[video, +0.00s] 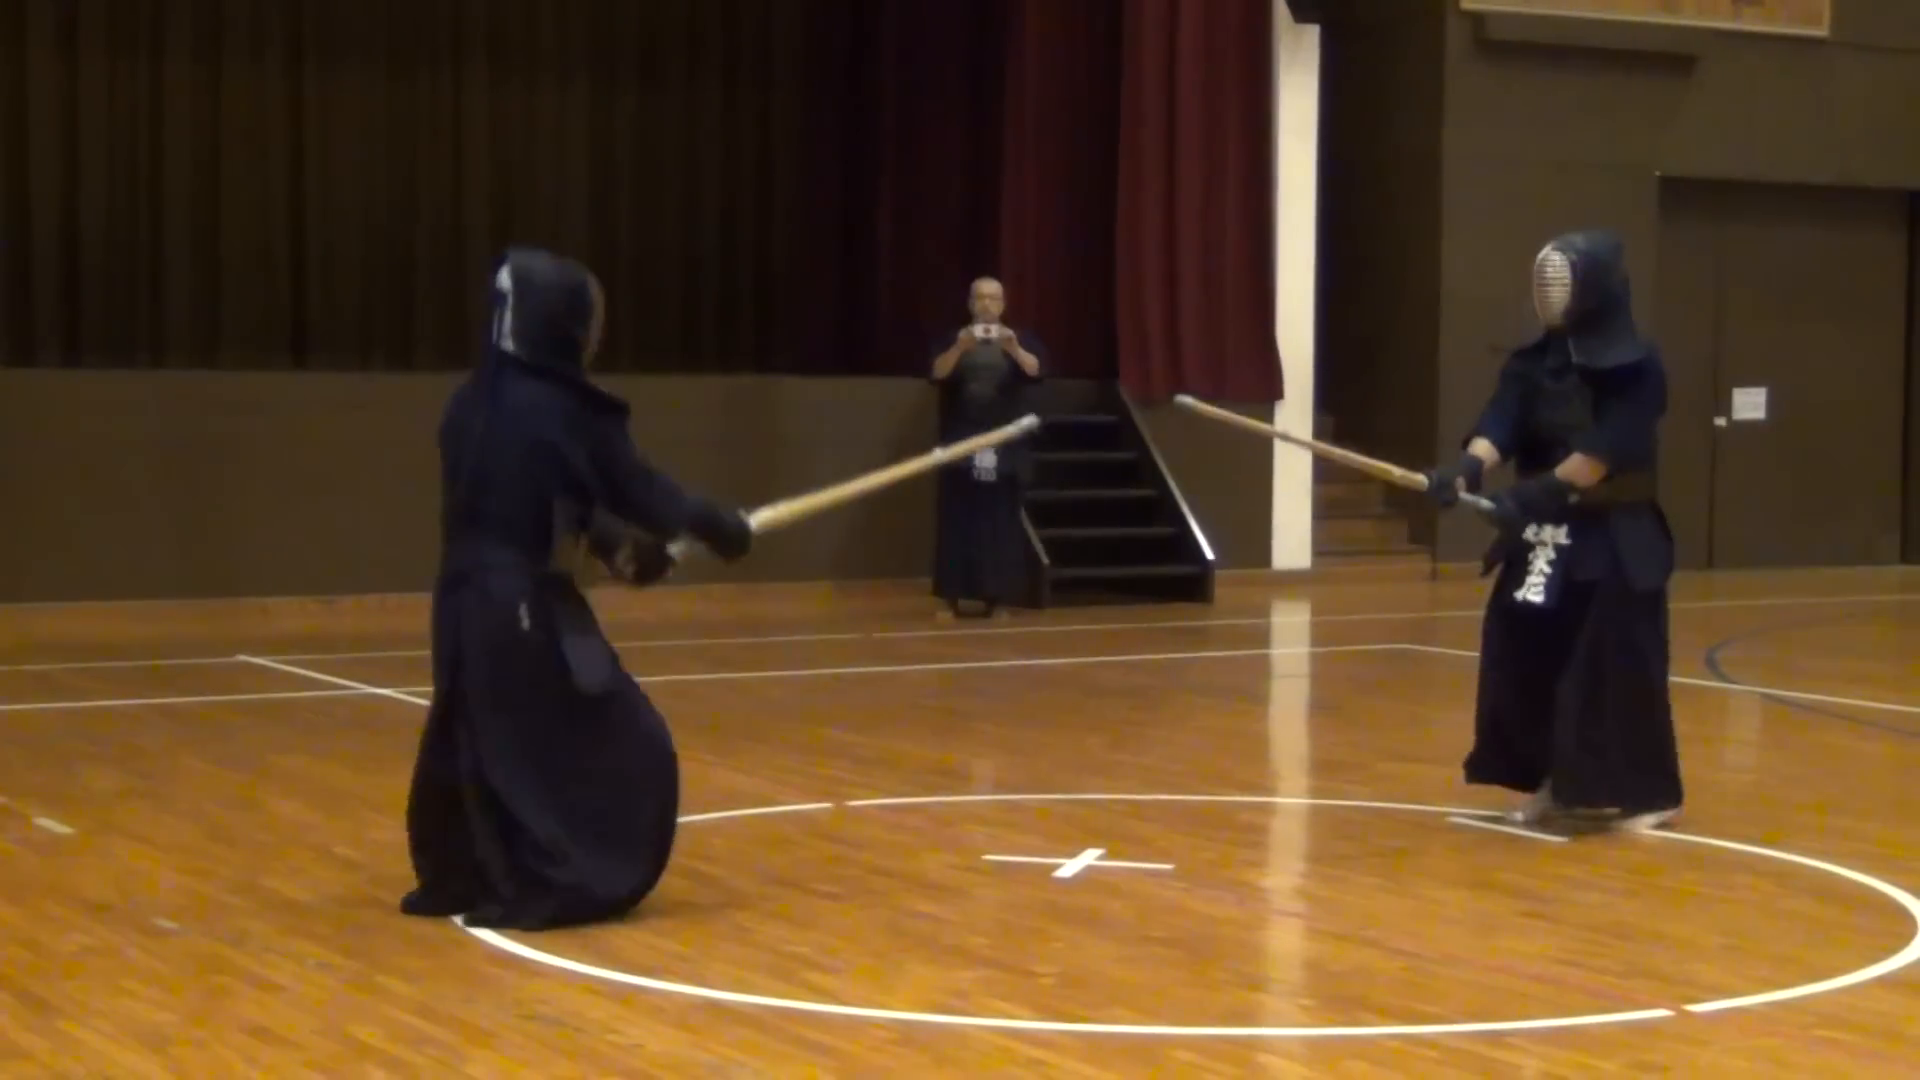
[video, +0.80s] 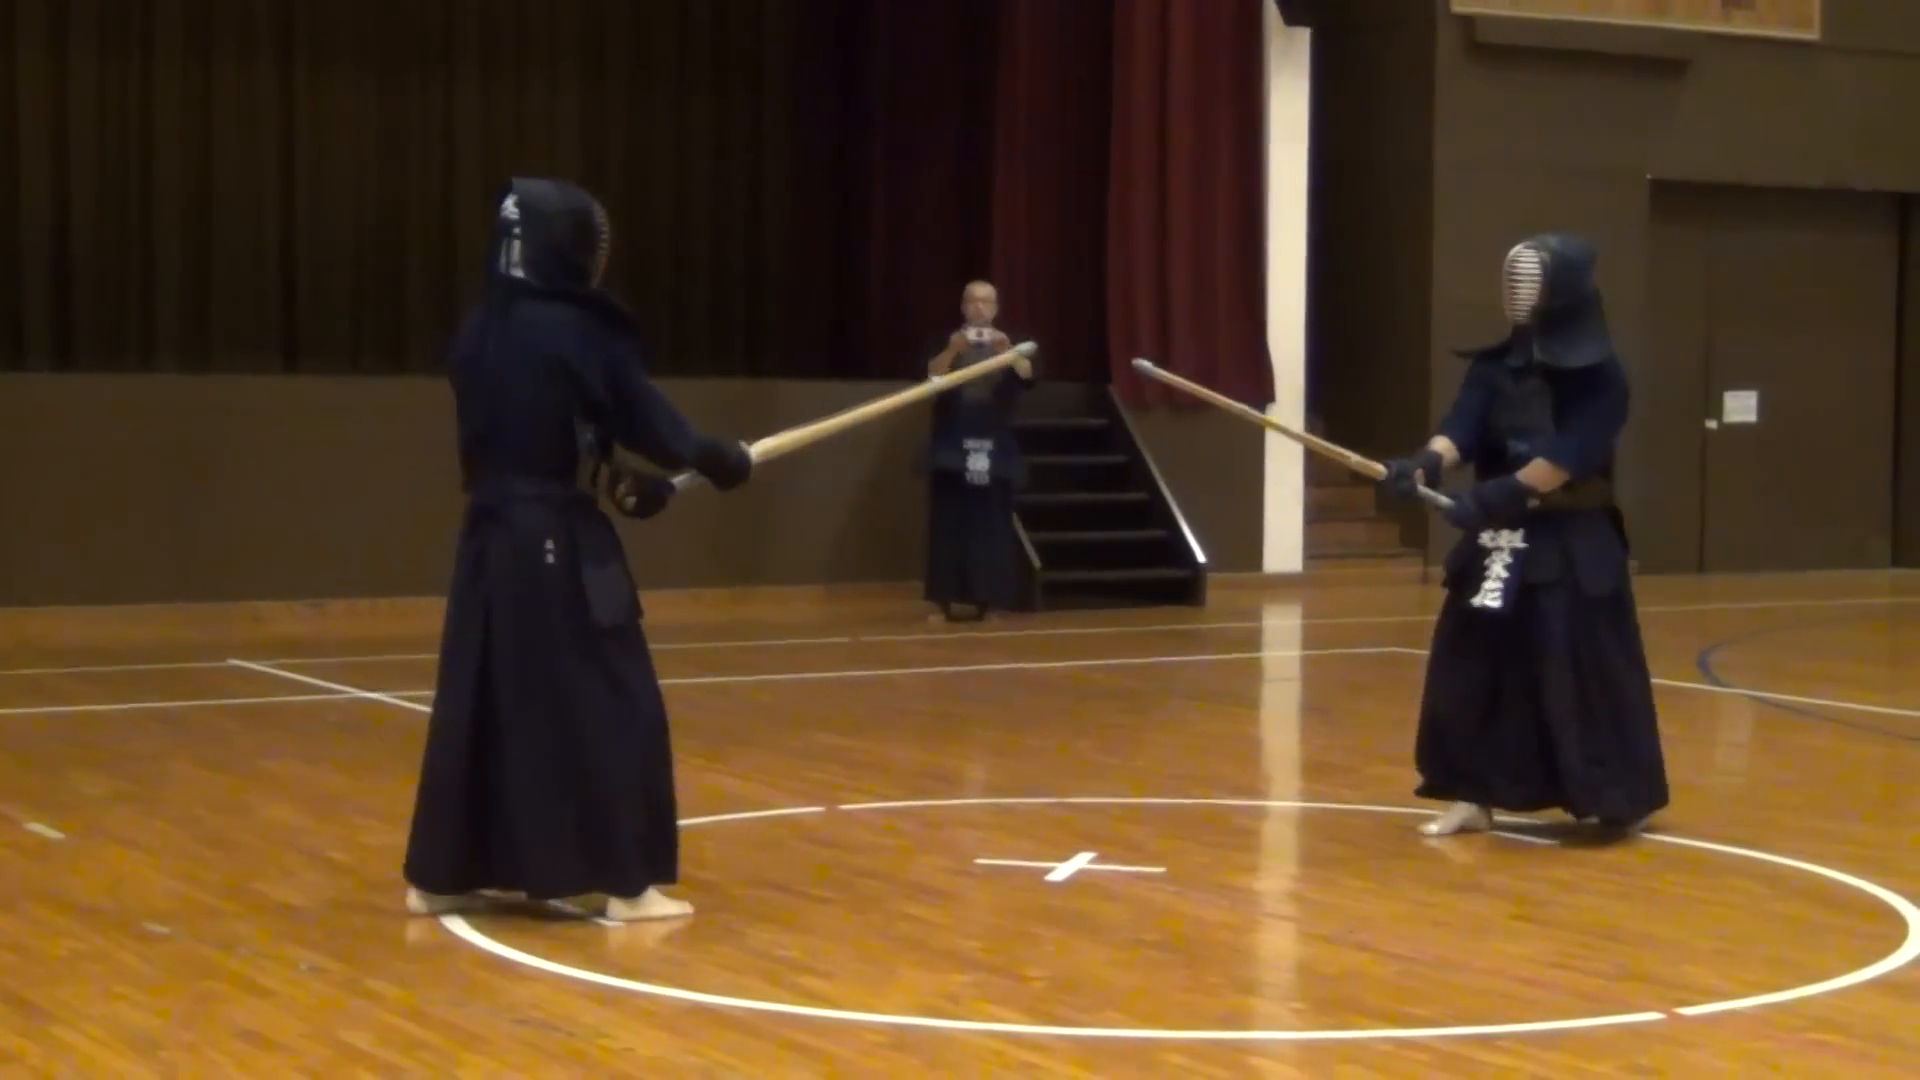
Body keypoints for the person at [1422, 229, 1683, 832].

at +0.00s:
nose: (1547, 295)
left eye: (1560, 284)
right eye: (1543, 283)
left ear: (1595, 287)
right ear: (1540, 287)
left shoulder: (1631, 364)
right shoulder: (1533, 360)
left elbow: (1604, 454)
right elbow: (1501, 423)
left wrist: (1532, 495)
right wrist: (1467, 466)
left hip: (1618, 530)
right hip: (1548, 527)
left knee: (1615, 656)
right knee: (1533, 649)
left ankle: (1649, 792)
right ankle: (1562, 782)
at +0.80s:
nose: (1516, 299)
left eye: (1529, 288)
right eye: (1513, 286)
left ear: (1564, 292)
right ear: (1509, 289)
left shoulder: (1596, 373)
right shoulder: (1495, 364)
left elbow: (1569, 459)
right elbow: (1462, 428)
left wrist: (1490, 499)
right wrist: (1425, 464)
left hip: (1574, 538)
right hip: (1498, 533)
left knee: (1584, 666)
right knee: (1471, 661)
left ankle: (1619, 797)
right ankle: (1472, 797)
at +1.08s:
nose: (1460, 291)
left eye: (1474, 279)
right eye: (1457, 279)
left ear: (1508, 286)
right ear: (1452, 284)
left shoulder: (1540, 368)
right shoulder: (1436, 360)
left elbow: (1507, 455)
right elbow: (1402, 422)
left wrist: (1429, 493)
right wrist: (1368, 459)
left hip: (1518, 531)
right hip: (1446, 527)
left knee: (1530, 660)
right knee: (1444, 658)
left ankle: (1574, 796)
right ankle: (1462, 798)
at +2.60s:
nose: (1383, 298)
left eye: (1396, 287)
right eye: (1381, 286)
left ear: (1430, 292)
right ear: (1378, 290)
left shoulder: (1464, 371)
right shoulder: (1362, 364)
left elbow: (1434, 459)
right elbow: (1326, 426)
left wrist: (1361, 501)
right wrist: (1296, 469)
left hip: (1442, 535)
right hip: (1370, 531)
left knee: (1451, 665)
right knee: (1362, 664)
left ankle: (1491, 804)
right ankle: (1369, 802)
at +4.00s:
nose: (1340, 297)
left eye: (1354, 285)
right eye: (1338, 283)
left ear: (1388, 290)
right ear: (1336, 288)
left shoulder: (1423, 373)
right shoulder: (1323, 364)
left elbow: (1390, 463)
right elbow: (1285, 426)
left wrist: (1315, 503)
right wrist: (1250, 467)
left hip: (1402, 536)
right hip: (1333, 531)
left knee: (1417, 667)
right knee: (1326, 664)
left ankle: (1457, 801)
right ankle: (1333, 799)